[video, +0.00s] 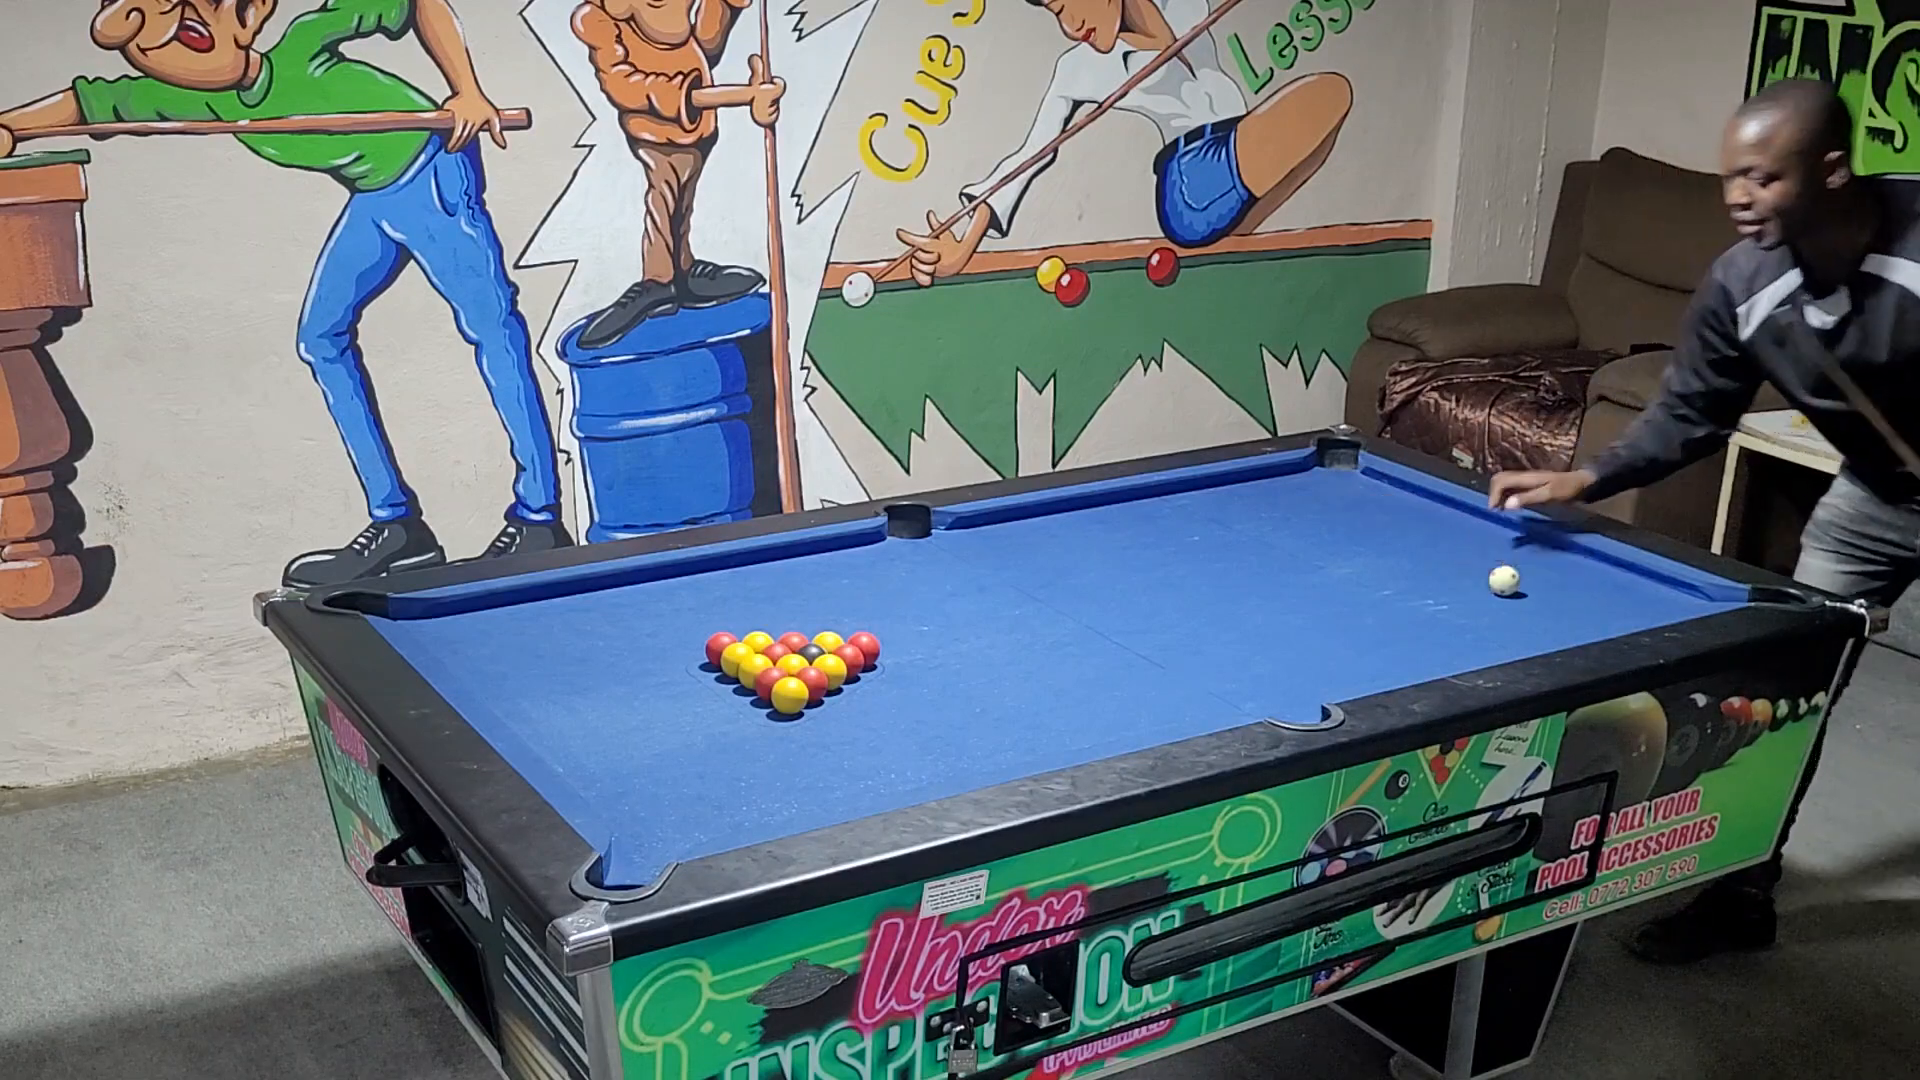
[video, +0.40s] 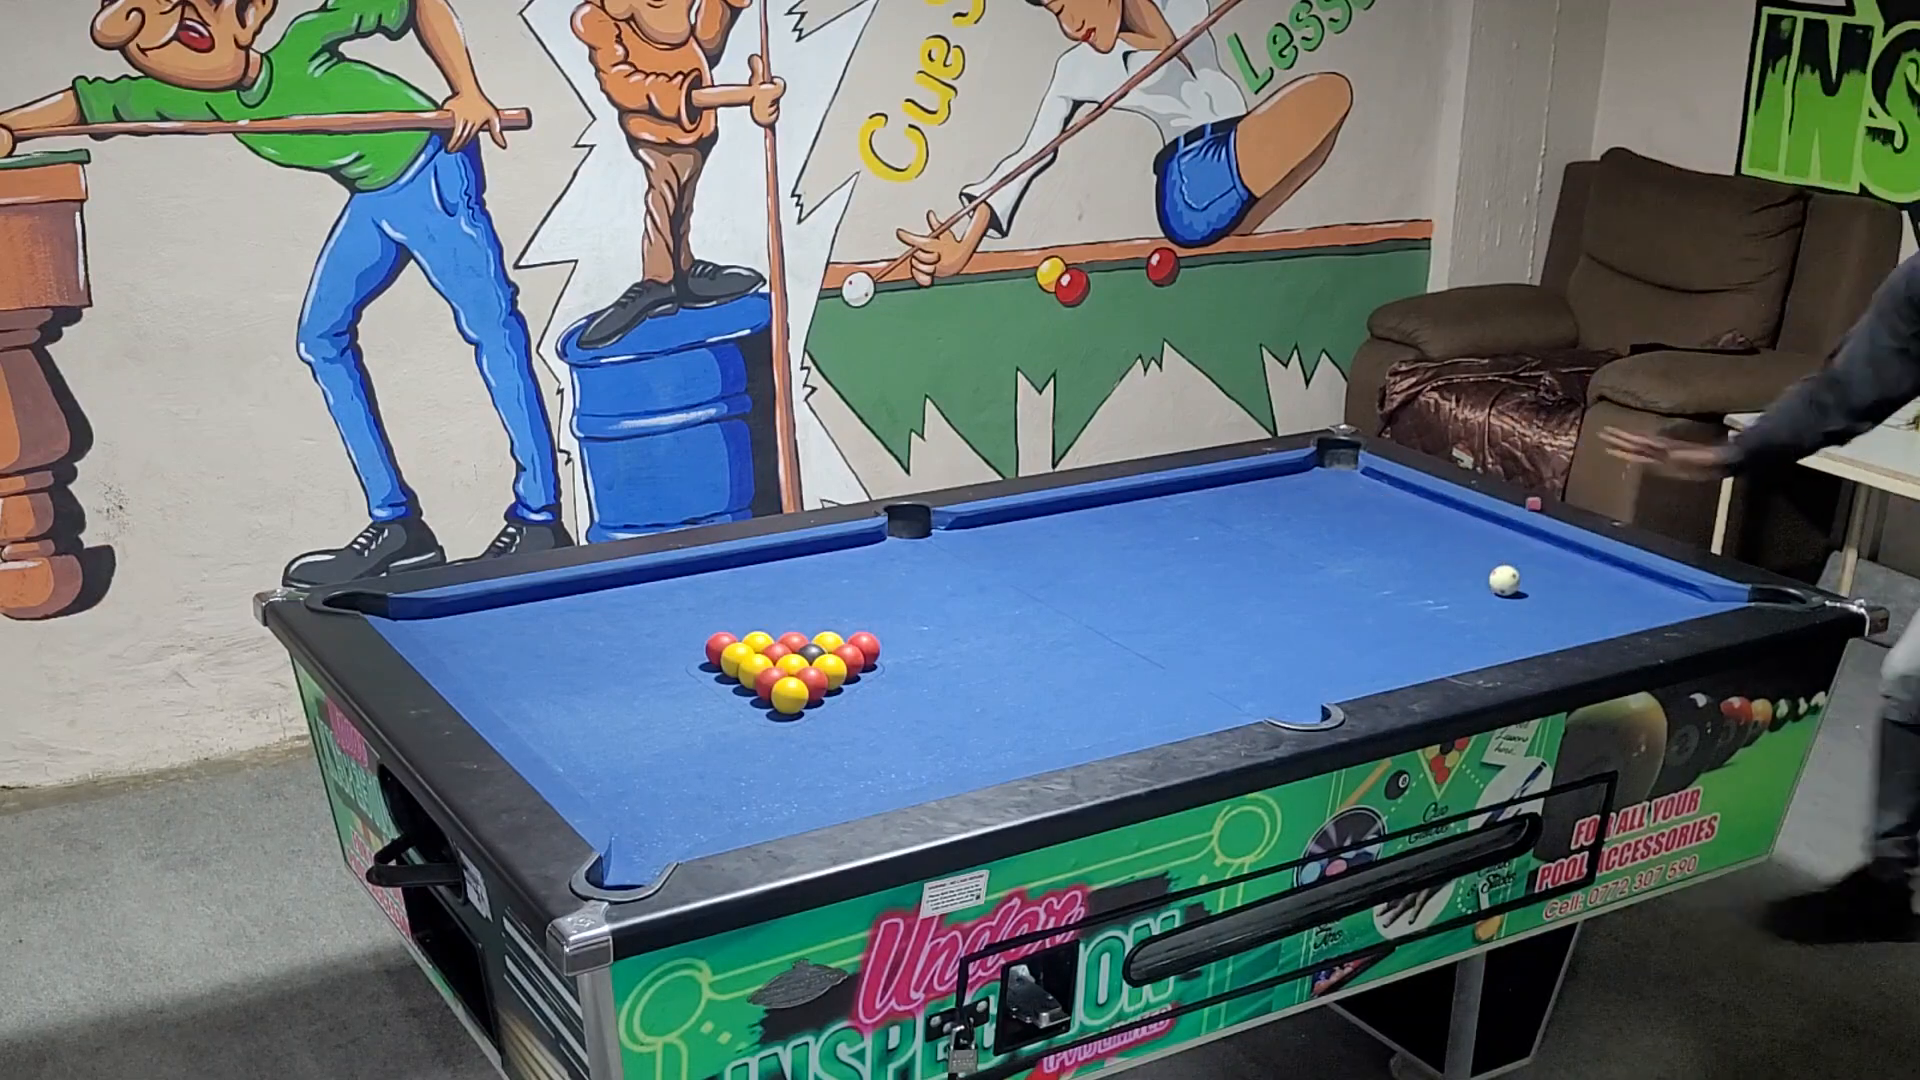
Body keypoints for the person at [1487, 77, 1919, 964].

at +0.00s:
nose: (1738, 200)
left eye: (1761, 176)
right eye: (1729, 178)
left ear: (1833, 169)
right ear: (1725, 177)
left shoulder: (1915, 235)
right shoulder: (1740, 285)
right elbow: (1688, 412)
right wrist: (1587, 479)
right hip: (1884, 487)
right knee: (1781, 670)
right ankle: (1742, 886)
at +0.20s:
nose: (1852, 198)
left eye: (1877, 178)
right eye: (1846, 177)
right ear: (1839, 181)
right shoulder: (1846, 298)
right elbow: (1742, 423)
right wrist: (1608, 492)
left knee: (1859, 701)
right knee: (1851, 701)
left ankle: (1754, 891)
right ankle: (1752, 891)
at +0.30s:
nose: (1903, 195)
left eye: (1915, 176)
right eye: (1900, 176)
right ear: (1894, 187)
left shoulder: (1893, 296)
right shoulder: (1889, 299)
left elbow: (1767, 413)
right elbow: (1767, 414)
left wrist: (1618, 486)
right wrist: (1619, 486)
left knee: (1887, 693)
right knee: (1886, 691)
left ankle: (1791, 879)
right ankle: (1789, 879)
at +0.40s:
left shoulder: (1914, 287)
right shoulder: (1913, 286)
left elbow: (1854, 382)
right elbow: (1853, 382)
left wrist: (1735, 451)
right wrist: (1737, 449)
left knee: (1905, 680)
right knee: (1905, 677)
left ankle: (1892, 878)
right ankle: (1891, 876)